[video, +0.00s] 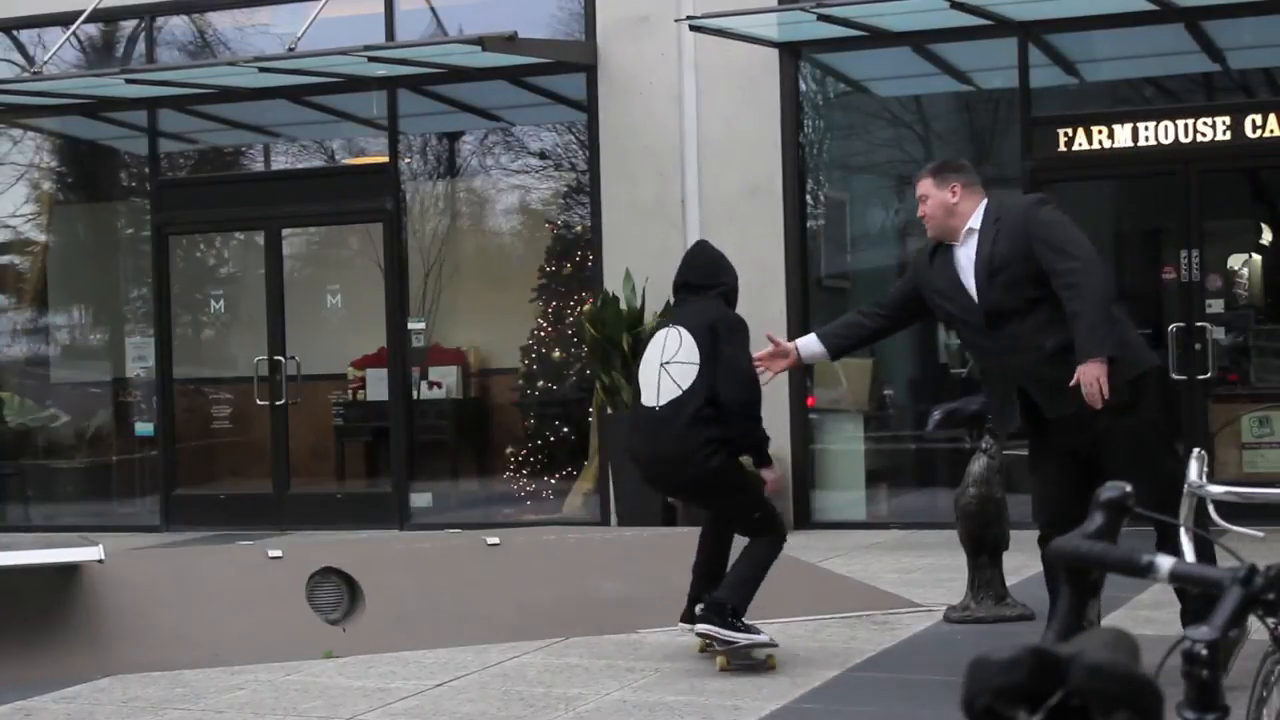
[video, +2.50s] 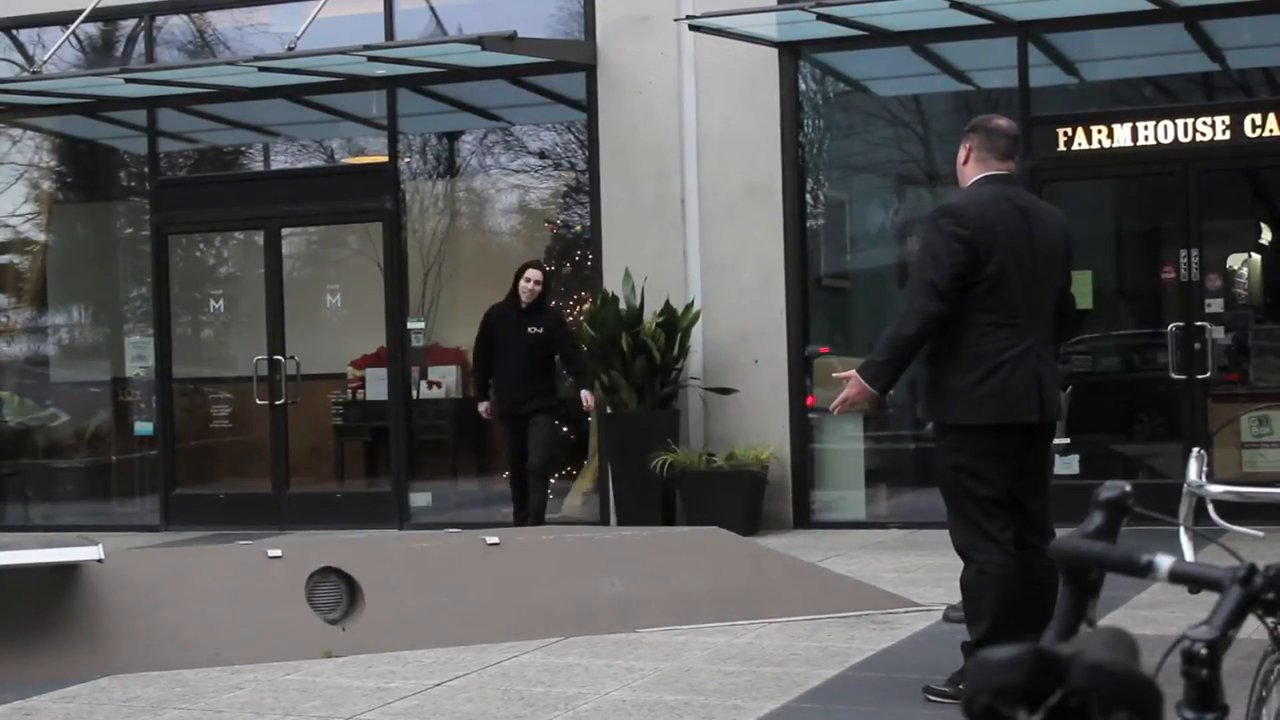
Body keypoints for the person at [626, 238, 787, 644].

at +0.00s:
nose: (733, 289)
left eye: (731, 283)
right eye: (730, 282)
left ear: (684, 283)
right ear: (724, 283)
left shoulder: (665, 324)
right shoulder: (725, 323)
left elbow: (665, 396)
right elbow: (739, 396)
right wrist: (761, 457)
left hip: (650, 455)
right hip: (695, 454)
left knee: (724, 508)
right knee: (770, 531)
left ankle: (700, 605)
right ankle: (723, 610)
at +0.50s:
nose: (669, 242)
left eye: (667, 238)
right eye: (667, 237)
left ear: (630, 230)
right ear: (662, 235)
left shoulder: (608, 256)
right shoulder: (661, 257)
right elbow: (674, 271)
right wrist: (683, 286)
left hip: (568, 360)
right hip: (603, 363)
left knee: (626, 408)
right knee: (663, 417)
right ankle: (636, 508)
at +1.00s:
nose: (649, 285)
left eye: (651, 280)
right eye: (649, 279)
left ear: (622, 264)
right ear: (643, 272)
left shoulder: (595, 285)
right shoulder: (631, 293)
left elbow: (614, 347)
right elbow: (615, 316)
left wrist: (638, 383)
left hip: (563, 378)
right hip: (596, 381)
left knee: (568, 454)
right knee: (611, 450)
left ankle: (568, 525)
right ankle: (625, 515)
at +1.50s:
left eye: (561, 278)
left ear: (563, 280)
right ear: (596, 277)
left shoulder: (556, 312)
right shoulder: (615, 309)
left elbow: (523, 339)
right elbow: (638, 341)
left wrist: (554, 344)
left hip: (576, 398)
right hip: (613, 395)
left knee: (582, 459)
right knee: (620, 451)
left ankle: (590, 515)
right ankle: (621, 495)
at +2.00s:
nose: (535, 282)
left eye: (538, 277)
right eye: (536, 276)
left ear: (549, 281)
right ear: (566, 280)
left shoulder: (550, 312)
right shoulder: (575, 311)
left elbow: (522, 338)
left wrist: (538, 316)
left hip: (555, 396)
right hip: (572, 392)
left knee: (564, 461)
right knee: (541, 457)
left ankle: (593, 520)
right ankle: (529, 514)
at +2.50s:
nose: (531, 286)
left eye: (537, 283)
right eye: (527, 280)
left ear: (543, 288)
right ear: (517, 282)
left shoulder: (551, 317)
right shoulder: (496, 315)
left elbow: (571, 353)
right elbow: (481, 357)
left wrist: (584, 386)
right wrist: (482, 396)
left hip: (542, 400)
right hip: (508, 401)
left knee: (538, 463)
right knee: (517, 464)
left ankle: (536, 525)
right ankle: (520, 521)